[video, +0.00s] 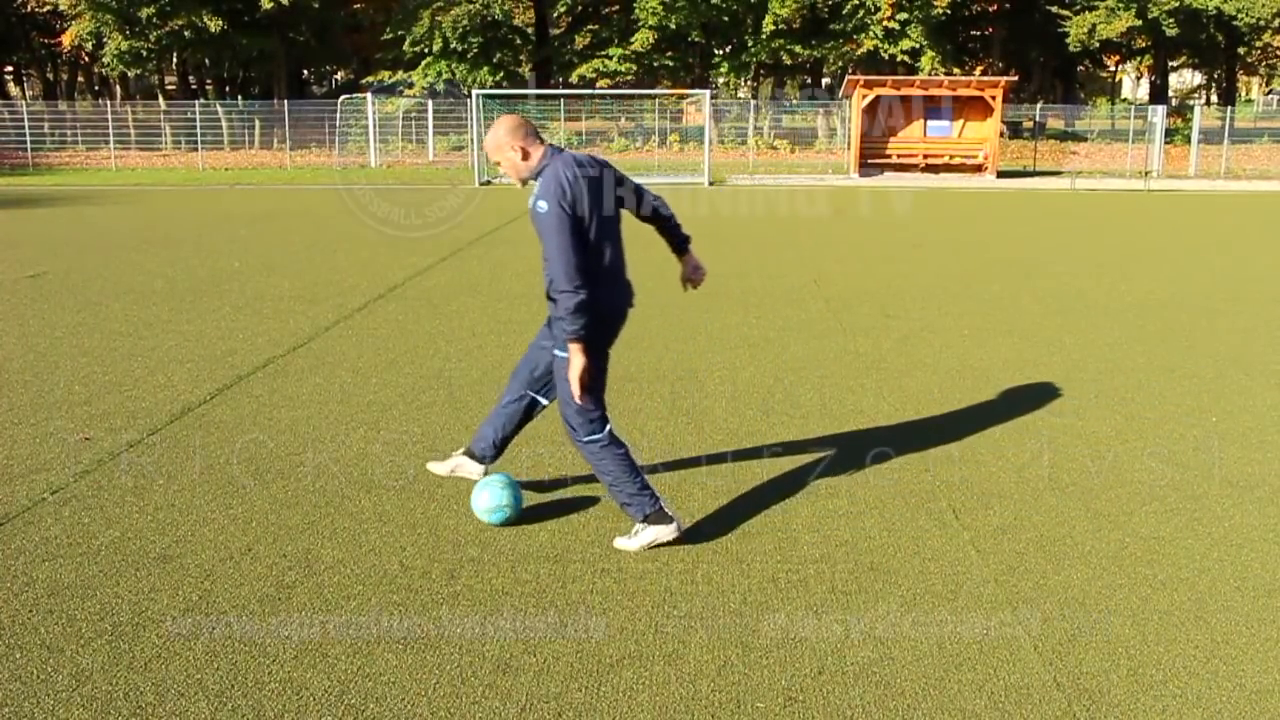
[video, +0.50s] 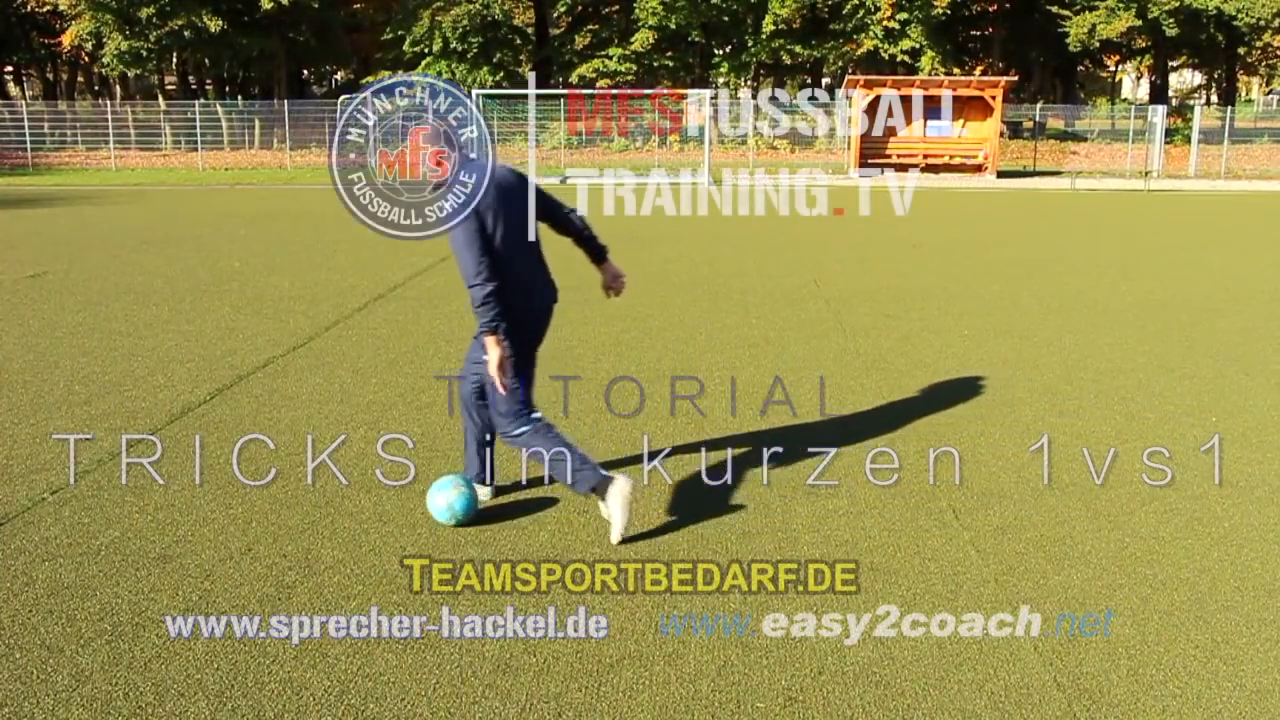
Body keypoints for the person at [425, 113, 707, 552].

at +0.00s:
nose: (502, 173)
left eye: (501, 163)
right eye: (498, 165)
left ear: (523, 151)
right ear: (530, 146)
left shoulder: (547, 193)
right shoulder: (592, 166)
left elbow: (565, 278)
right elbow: (649, 204)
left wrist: (576, 348)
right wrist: (685, 253)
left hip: (582, 316)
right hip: (608, 303)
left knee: (586, 426)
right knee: (529, 380)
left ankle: (654, 517)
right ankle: (476, 457)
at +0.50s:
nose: (426, 167)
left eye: (428, 158)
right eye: (424, 157)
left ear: (443, 157)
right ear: (461, 149)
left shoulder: (458, 199)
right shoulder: (504, 176)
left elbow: (478, 273)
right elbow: (562, 216)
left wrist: (492, 338)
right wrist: (604, 262)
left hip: (510, 311)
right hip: (537, 301)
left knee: (514, 420)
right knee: (473, 384)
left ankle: (606, 486)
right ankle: (478, 482)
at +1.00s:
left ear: (388, 194)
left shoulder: (406, 224)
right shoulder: (445, 199)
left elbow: (437, 282)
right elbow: (500, 225)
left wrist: (454, 345)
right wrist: (519, 274)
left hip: (470, 310)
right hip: (495, 299)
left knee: (403, 394)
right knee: (454, 390)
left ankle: (468, 475)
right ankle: (473, 476)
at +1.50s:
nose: (250, 175)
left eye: (251, 165)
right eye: (248, 166)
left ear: (274, 159)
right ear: (284, 155)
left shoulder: (305, 199)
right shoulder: (334, 175)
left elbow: (338, 281)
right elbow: (388, 212)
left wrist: (350, 348)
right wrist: (410, 269)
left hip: (361, 319)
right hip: (392, 307)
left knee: (316, 416)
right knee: (386, 390)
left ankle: (354, 522)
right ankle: (464, 471)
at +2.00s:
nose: (133, 146)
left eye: (137, 136)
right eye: (131, 137)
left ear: (166, 131)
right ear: (172, 132)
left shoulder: (183, 187)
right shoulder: (207, 179)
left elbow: (190, 280)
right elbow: (229, 255)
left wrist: (186, 358)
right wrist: (235, 317)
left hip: (163, 328)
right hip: (193, 327)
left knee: (72, 397)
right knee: (133, 422)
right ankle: (155, 534)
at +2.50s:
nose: (111, 122)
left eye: (118, 112)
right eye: (108, 112)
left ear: (142, 115)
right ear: (121, 115)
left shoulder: (166, 180)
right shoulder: (145, 173)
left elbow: (175, 277)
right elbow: (148, 255)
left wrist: (158, 349)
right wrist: (110, 281)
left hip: (146, 330)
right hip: (132, 324)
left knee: (128, 437)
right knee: (129, 432)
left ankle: (178, 552)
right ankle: (155, 536)